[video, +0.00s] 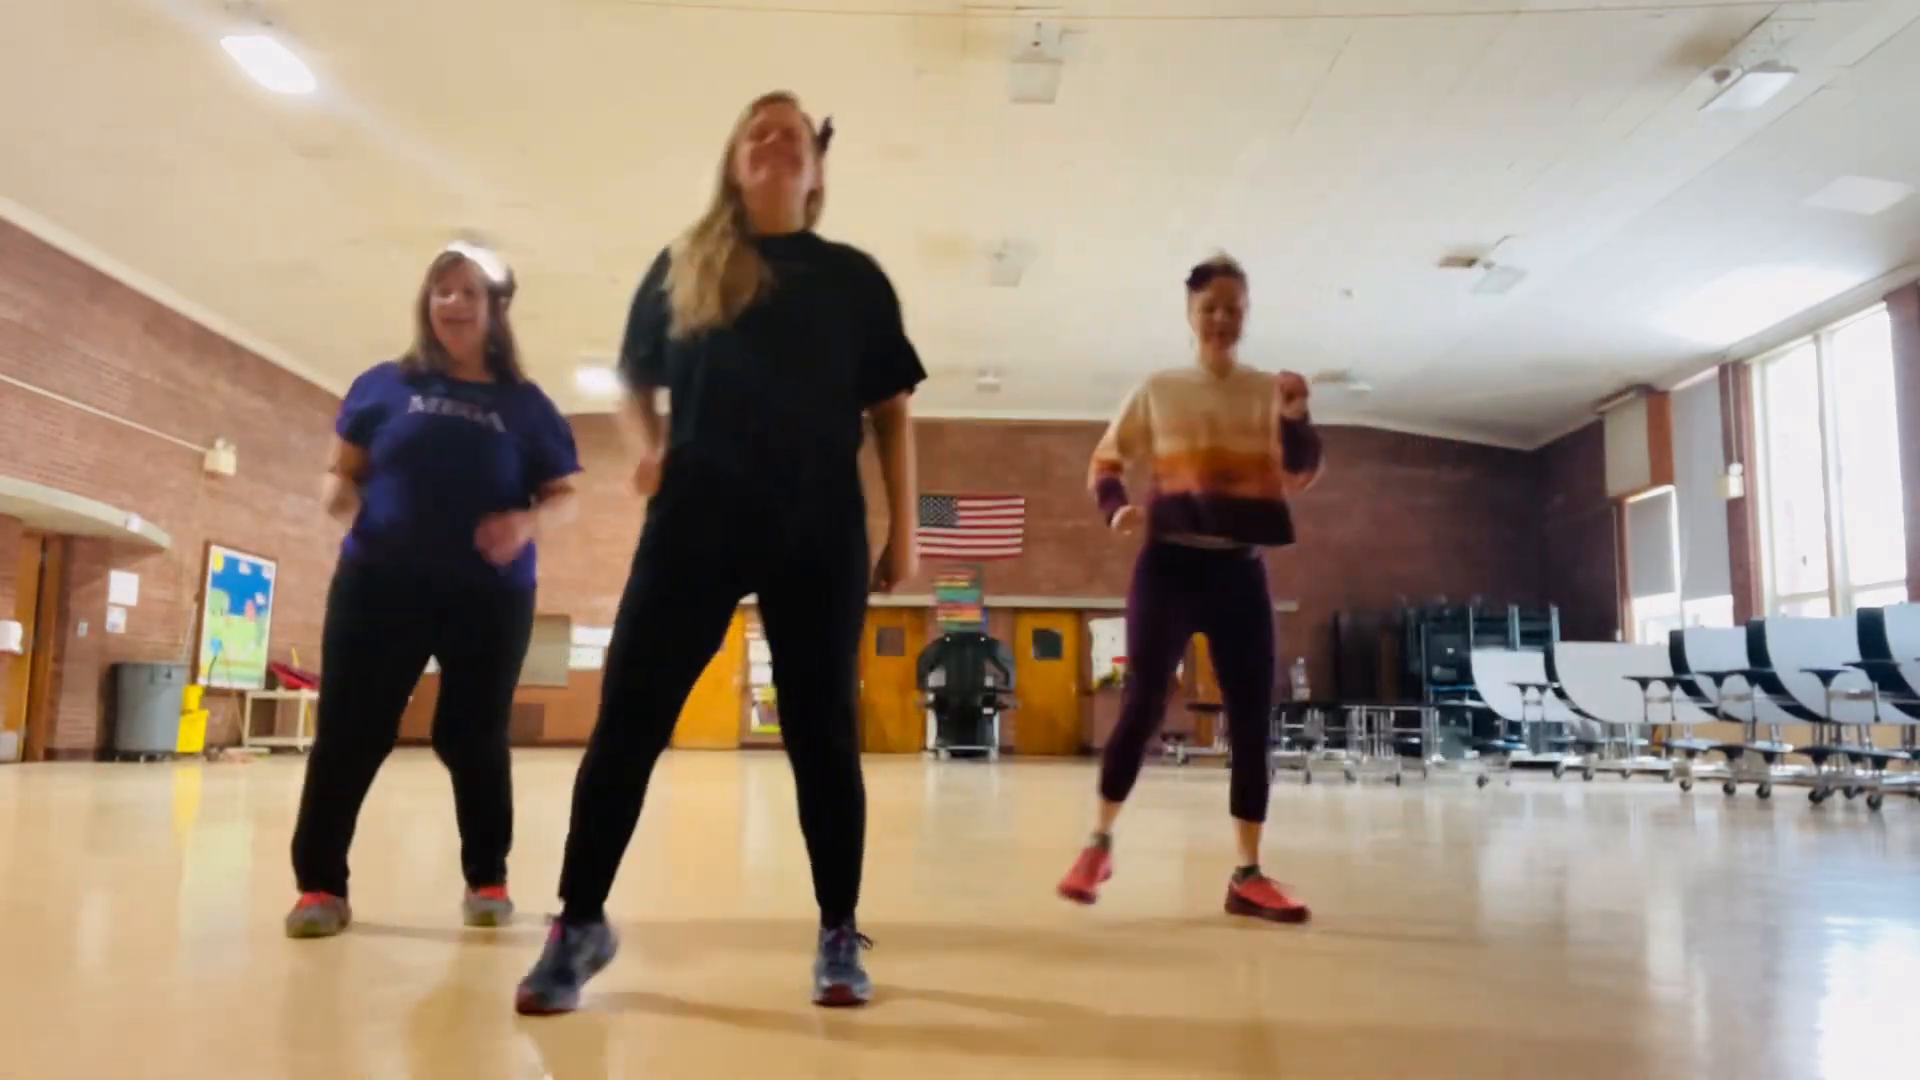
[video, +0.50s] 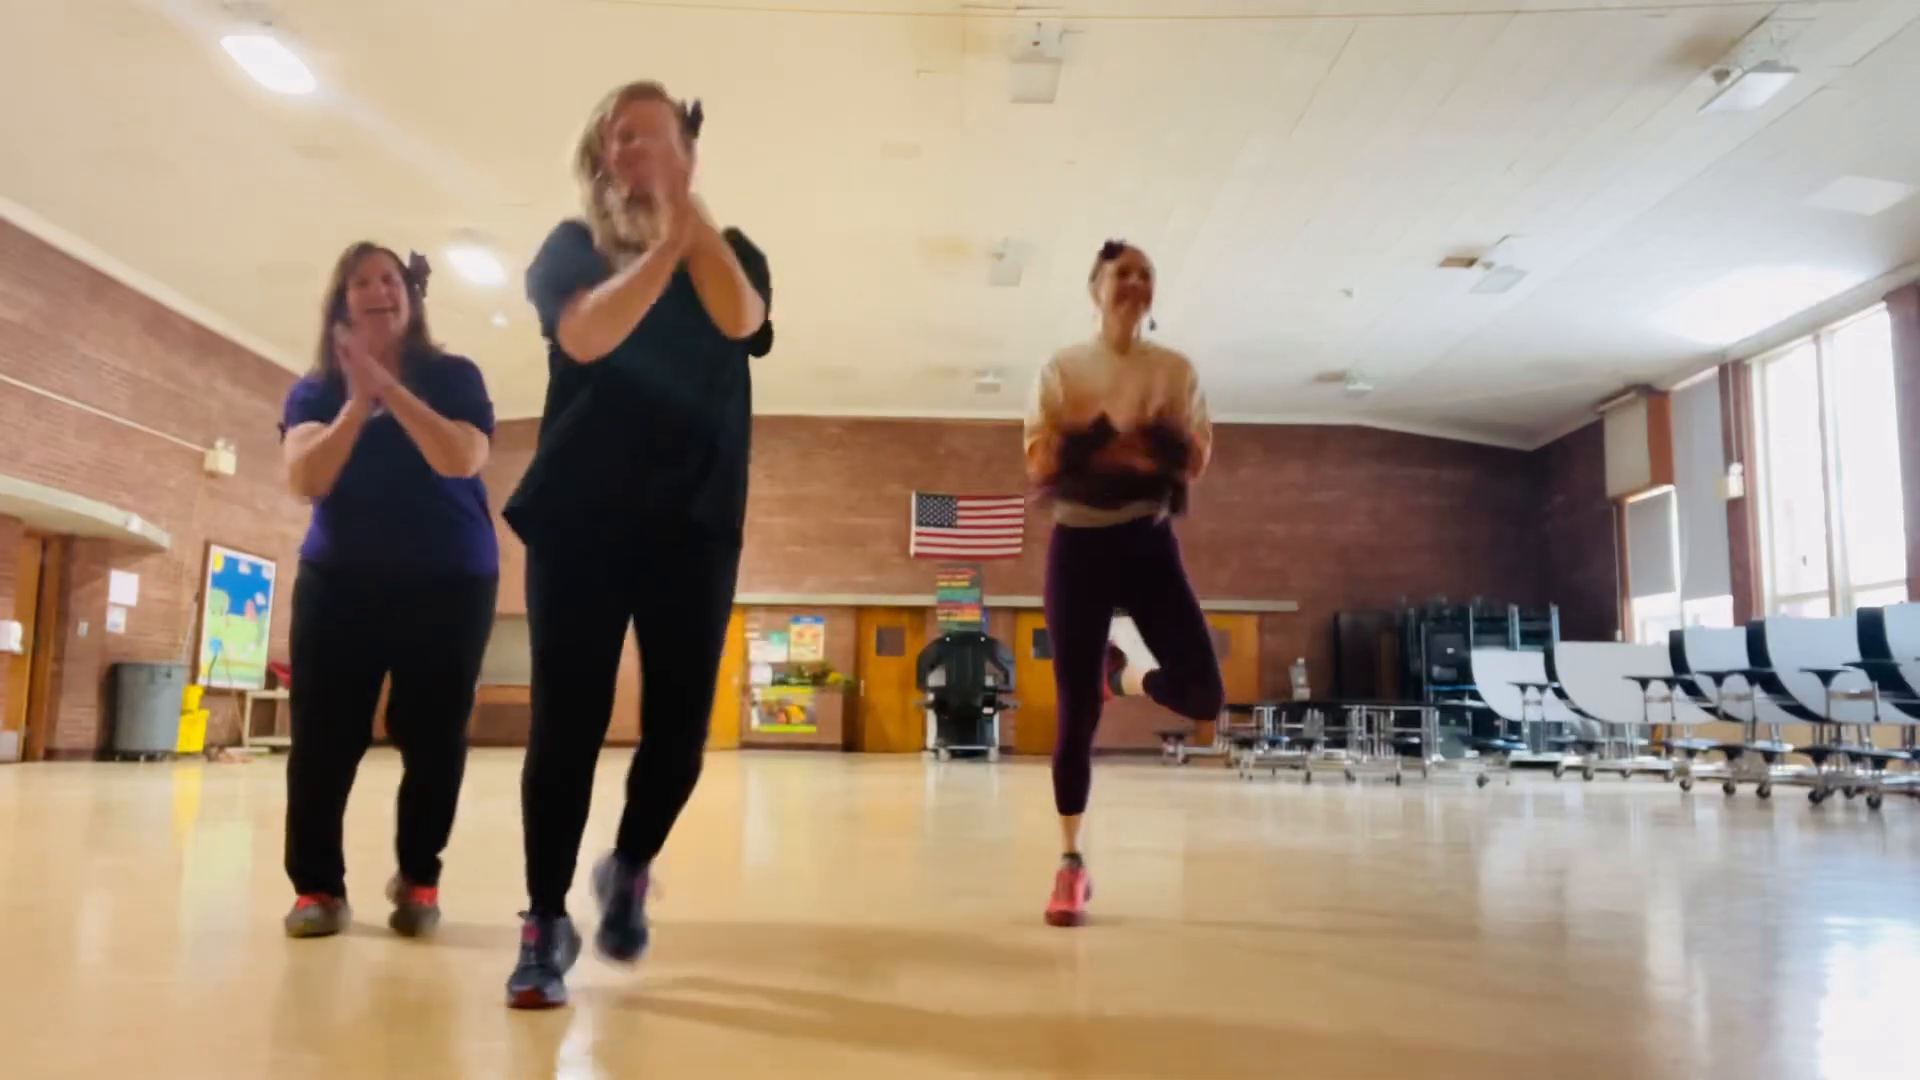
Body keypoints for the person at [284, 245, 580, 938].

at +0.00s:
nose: (452, 302)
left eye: (467, 292)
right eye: (442, 290)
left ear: (496, 306)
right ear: (425, 302)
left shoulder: (526, 404)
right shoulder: (382, 386)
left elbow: (563, 491)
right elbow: (345, 475)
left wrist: (526, 521)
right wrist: (346, 502)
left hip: (487, 596)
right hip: (383, 585)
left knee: (474, 737)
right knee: (349, 733)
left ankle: (487, 881)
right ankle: (321, 888)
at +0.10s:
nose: (426, 297)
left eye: (439, 288)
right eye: (414, 287)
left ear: (463, 303)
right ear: (395, 303)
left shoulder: (495, 397)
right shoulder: (353, 389)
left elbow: (531, 478)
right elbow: (294, 473)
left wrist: (524, 512)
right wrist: (307, 506)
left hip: (470, 592)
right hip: (365, 588)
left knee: (475, 741)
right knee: (335, 742)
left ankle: (487, 875)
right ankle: (319, 891)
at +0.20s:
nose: (402, 292)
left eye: (416, 282)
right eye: (390, 282)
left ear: (440, 299)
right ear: (372, 300)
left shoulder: (477, 390)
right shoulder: (337, 385)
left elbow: (539, 465)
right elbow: (265, 465)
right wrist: (280, 407)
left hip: (458, 585)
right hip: (349, 584)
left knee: (471, 726)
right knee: (326, 737)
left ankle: (483, 850)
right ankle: (318, 889)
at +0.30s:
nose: (392, 286)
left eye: (405, 276)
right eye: (379, 277)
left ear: (428, 293)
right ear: (359, 296)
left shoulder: (462, 380)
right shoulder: (326, 382)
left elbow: (528, 443)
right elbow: (252, 446)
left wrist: (531, 362)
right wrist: (258, 355)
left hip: (451, 580)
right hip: (344, 579)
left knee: (456, 714)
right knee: (325, 735)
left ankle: (458, 841)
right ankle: (318, 890)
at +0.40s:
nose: (383, 287)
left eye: (395, 277)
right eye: (368, 278)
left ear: (418, 293)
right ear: (349, 297)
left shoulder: (454, 375)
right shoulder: (323, 378)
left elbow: (487, 450)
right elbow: (279, 456)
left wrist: (482, 363)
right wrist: (283, 362)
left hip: (445, 579)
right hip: (341, 576)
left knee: (435, 734)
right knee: (325, 736)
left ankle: (426, 876)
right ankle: (318, 889)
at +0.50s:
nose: (380, 293)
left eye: (391, 282)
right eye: (363, 284)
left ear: (412, 300)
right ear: (339, 307)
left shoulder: (452, 376)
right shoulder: (316, 391)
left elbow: (465, 458)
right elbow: (307, 478)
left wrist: (387, 386)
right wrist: (357, 403)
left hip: (447, 587)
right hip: (340, 583)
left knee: (435, 743)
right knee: (324, 743)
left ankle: (419, 883)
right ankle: (318, 891)